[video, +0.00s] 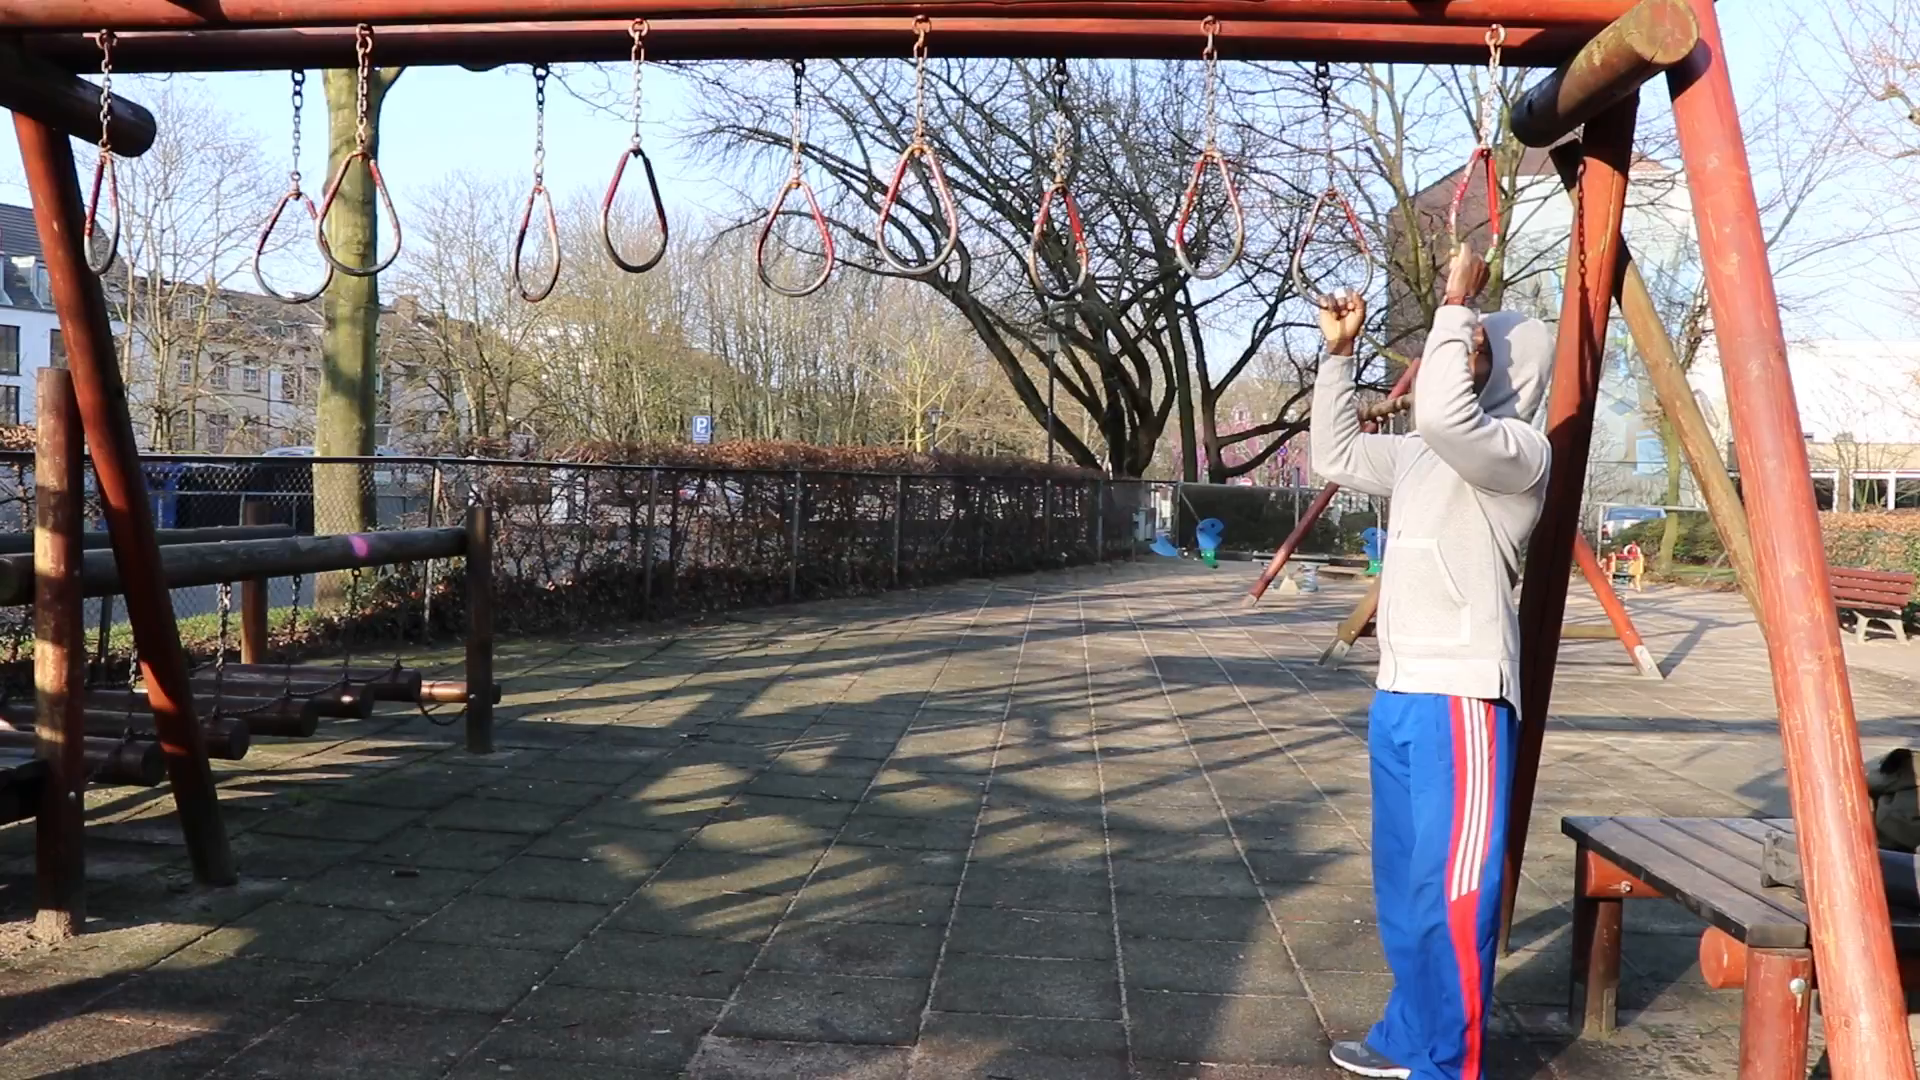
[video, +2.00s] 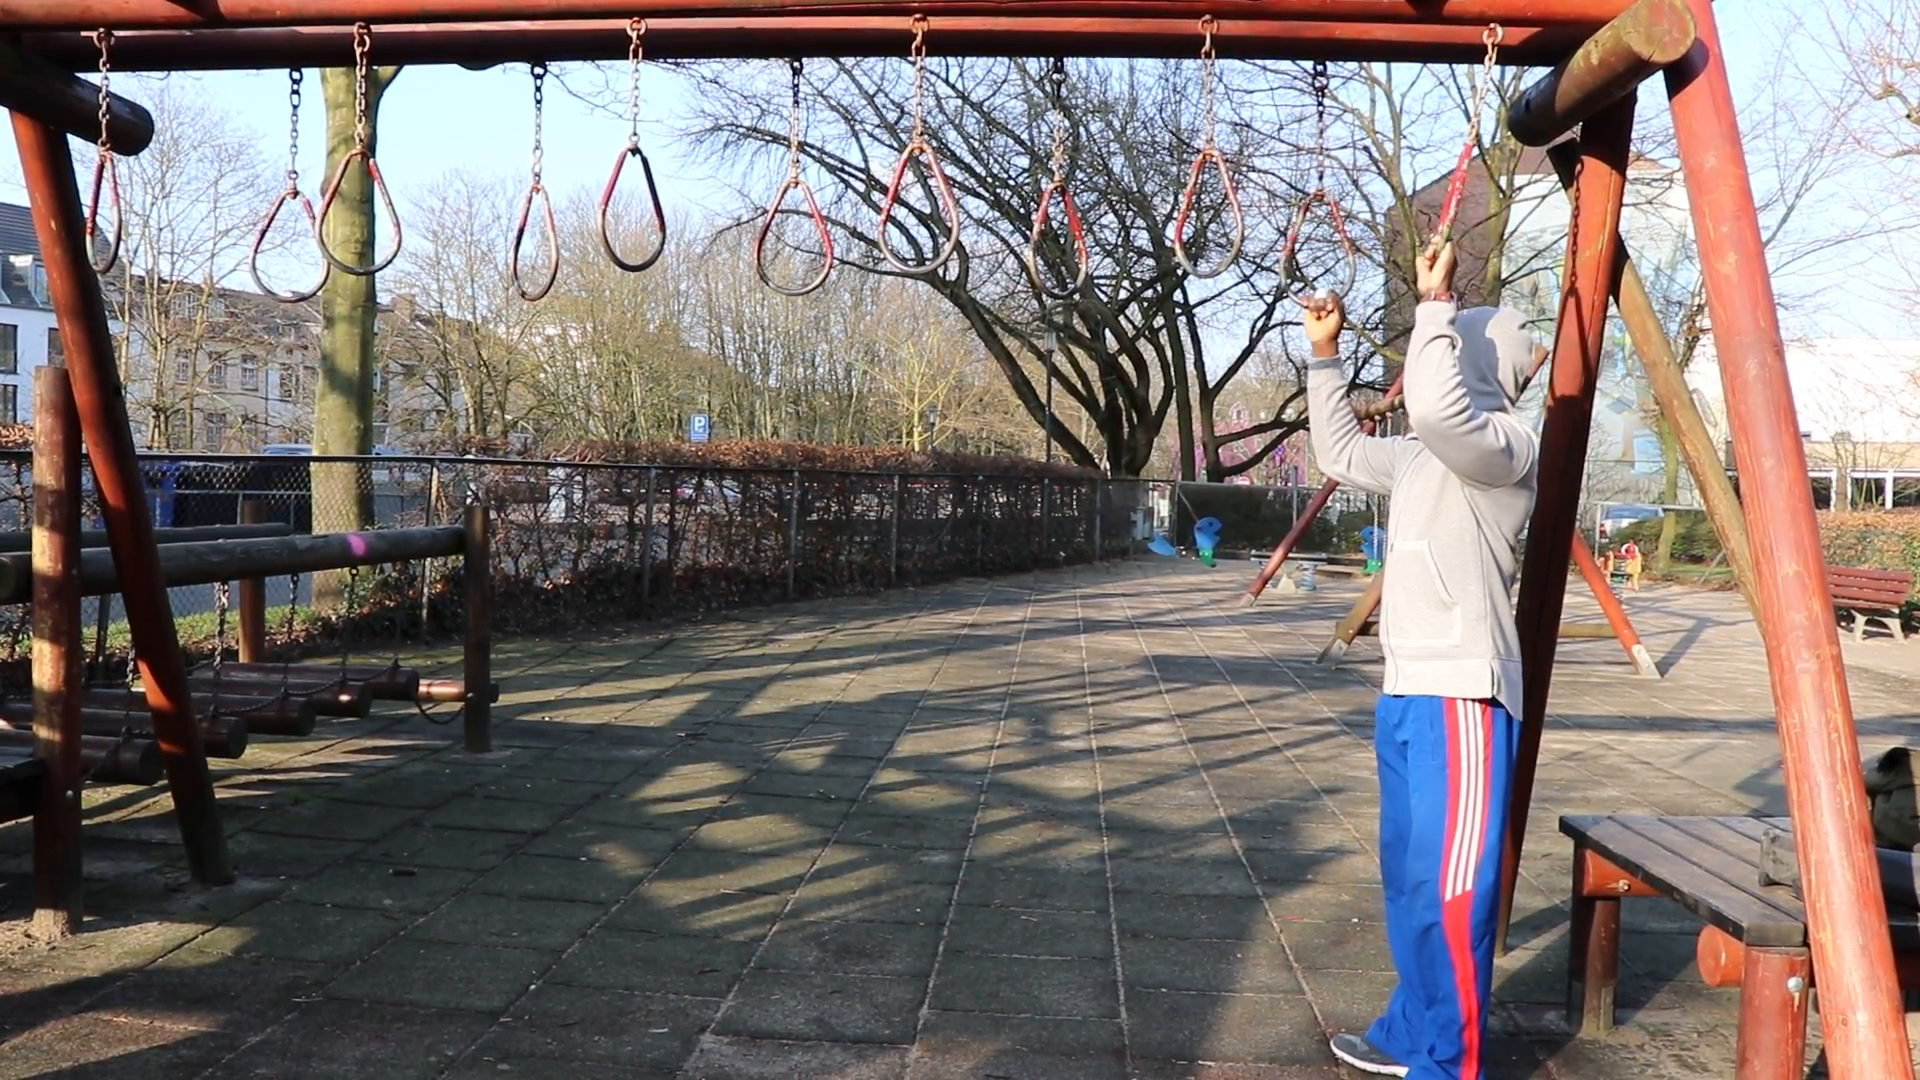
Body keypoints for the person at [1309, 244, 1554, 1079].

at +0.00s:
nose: (1429, 364)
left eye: (1453, 351)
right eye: (1433, 350)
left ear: (1498, 371)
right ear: (1463, 374)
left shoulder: (1524, 453)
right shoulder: (1418, 452)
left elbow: (1445, 417)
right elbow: (1335, 453)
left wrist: (1454, 312)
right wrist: (1338, 351)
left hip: (1466, 698)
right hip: (1402, 696)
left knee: (1456, 887)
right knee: (1406, 883)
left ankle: (1450, 1060)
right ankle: (1409, 1038)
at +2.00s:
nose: (1421, 364)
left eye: (1453, 345)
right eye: (1426, 350)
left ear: (1488, 366)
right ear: (1442, 373)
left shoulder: (1514, 445)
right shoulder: (1420, 452)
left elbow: (1440, 415)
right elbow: (1338, 451)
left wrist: (1436, 308)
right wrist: (1325, 354)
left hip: (1467, 693)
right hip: (1412, 692)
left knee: (1453, 883)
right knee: (1411, 877)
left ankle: (1450, 1056)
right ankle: (1410, 1032)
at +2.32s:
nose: (1427, 362)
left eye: (1453, 344)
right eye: (1431, 347)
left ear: (1483, 364)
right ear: (1474, 367)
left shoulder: (1505, 445)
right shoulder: (1419, 454)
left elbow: (1430, 414)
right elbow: (1339, 451)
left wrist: (1433, 304)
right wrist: (1325, 354)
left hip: (1469, 694)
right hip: (1415, 694)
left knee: (1456, 884)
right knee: (1414, 877)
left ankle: (1451, 1056)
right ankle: (1411, 1032)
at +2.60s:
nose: (1424, 366)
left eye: (1450, 354)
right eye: (1429, 354)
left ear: (1483, 369)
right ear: (1487, 372)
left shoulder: (1508, 444)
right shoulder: (1427, 442)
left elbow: (1421, 440)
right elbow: (1334, 454)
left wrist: (1432, 343)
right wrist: (1321, 352)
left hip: (1459, 690)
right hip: (1402, 688)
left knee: (1449, 880)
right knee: (1403, 875)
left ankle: (1448, 1055)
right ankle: (1409, 1032)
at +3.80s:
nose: (1429, 365)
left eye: (1451, 355)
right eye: (1432, 356)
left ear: (1485, 377)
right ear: (1442, 379)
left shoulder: (1504, 452)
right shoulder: (1395, 452)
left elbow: (1457, 441)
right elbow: (1312, 450)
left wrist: (1461, 341)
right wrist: (1309, 349)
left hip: (1447, 699)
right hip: (1381, 696)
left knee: (1444, 887)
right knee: (1396, 883)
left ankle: (1448, 1059)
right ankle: (1407, 1034)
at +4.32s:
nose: (1428, 359)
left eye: (1448, 353)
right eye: (1434, 348)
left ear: (1493, 372)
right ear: (1443, 372)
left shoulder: (1502, 441)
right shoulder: (1414, 450)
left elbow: (1474, 361)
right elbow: (1335, 447)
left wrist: (1480, 283)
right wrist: (1330, 351)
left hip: (1452, 689)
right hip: (1395, 690)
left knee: (1447, 882)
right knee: (1404, 879)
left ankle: (1449, 1057)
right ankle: (1411, 1032)